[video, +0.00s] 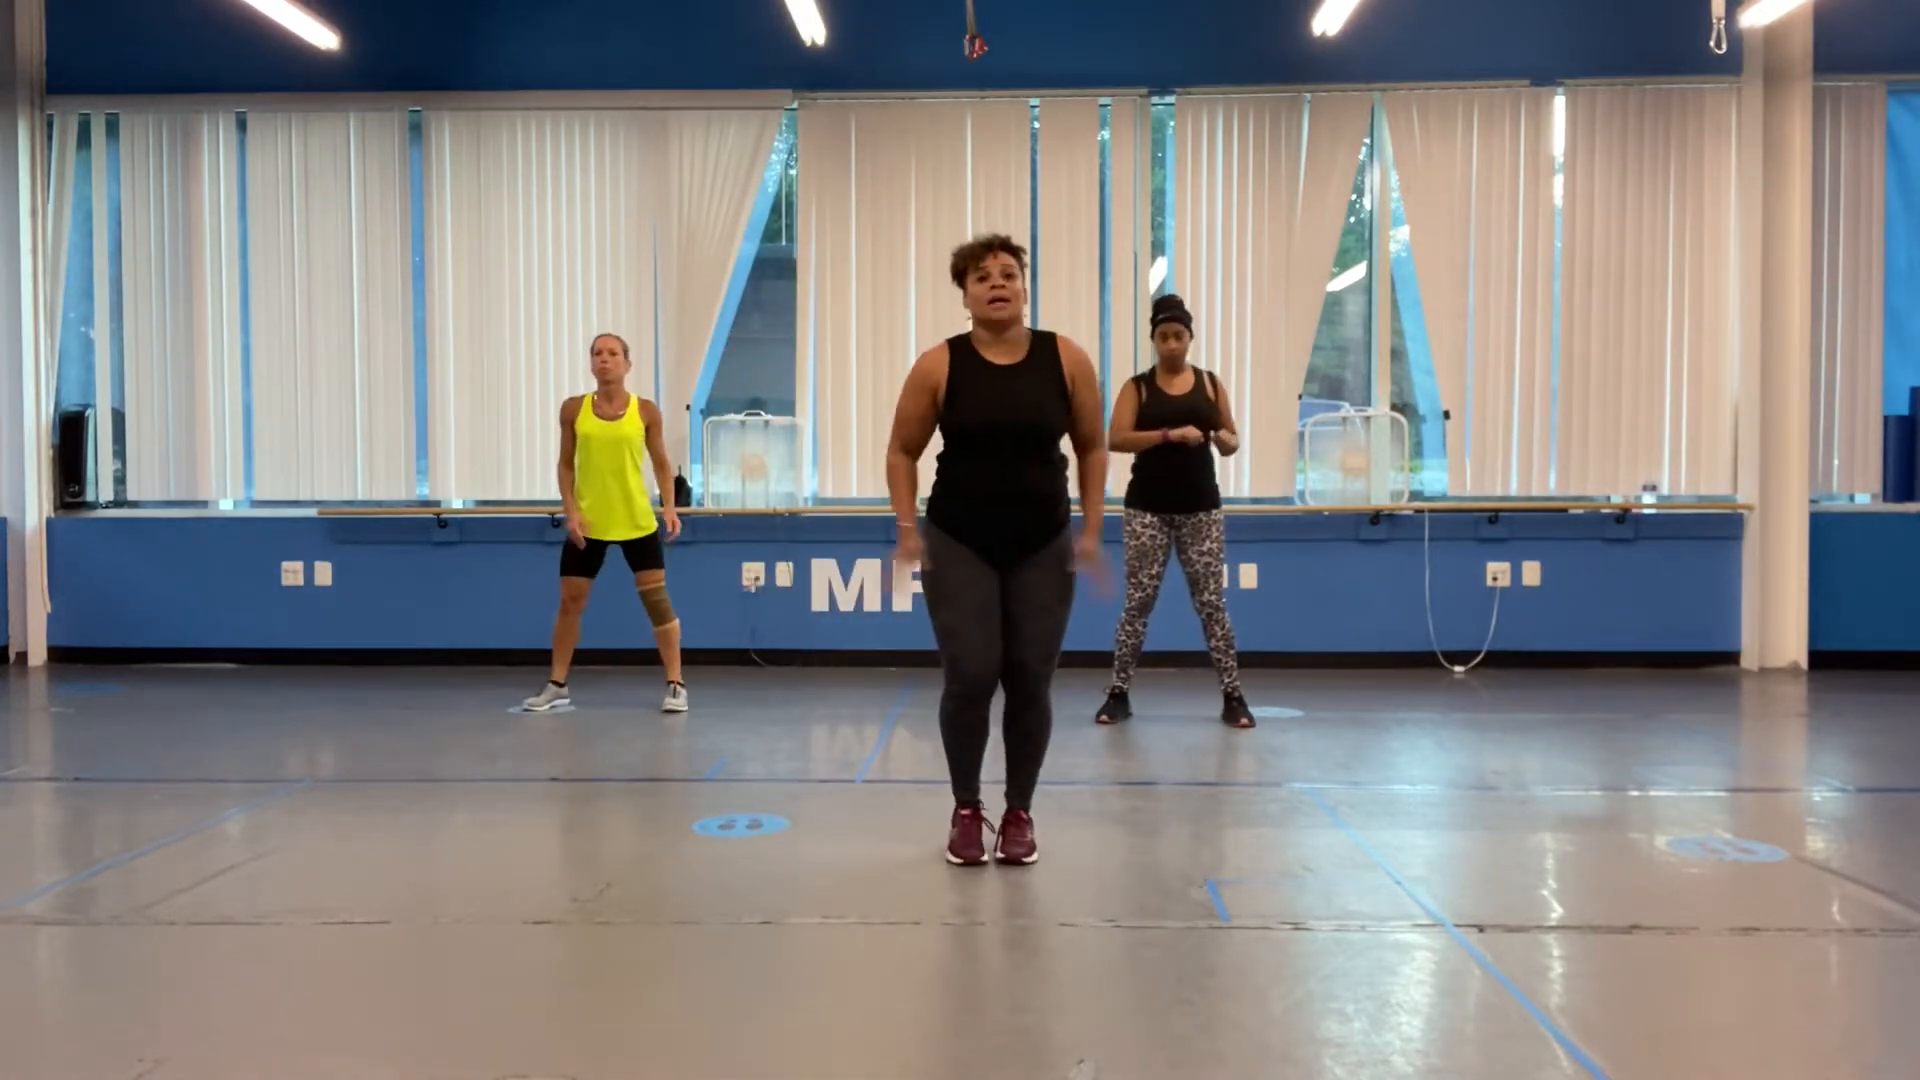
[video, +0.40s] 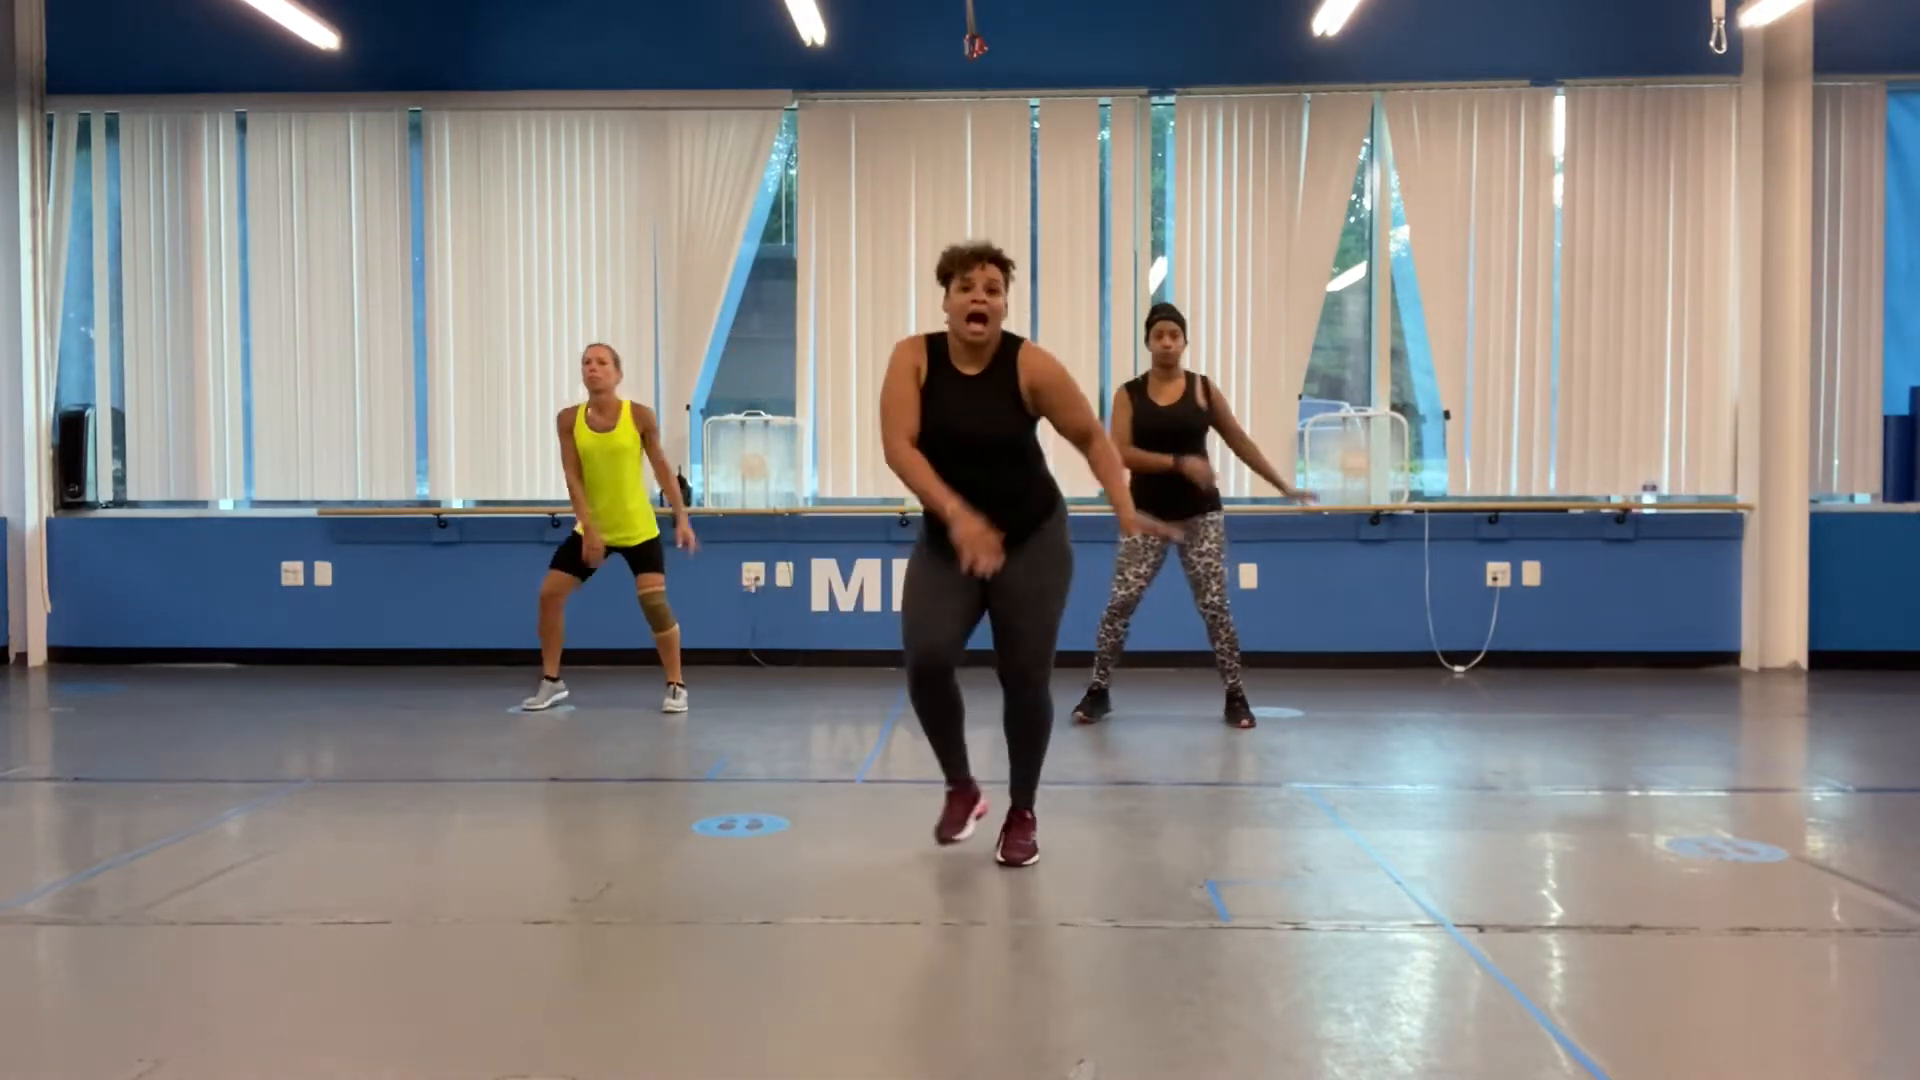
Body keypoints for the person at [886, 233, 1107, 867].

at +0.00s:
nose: (999, 285)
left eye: (1009, 276)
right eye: (984, 279)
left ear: (1025, 287)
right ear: (965, 295)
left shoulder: (1066, 360)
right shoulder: (938, 367)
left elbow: (1091, 447)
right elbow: (903, 451)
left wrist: (1091, 527)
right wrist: (908, 524)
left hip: (1044, 540)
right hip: (958, 540)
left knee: (1029, 679)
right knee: (971, 674)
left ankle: (1018, 815)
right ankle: (967, 809)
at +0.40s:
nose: (980, 301)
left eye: (992, 290)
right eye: (967, 288)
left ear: (1006, 302)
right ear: (945, 298)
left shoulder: (1034, 367)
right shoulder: (913, 359)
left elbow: (1091, 437)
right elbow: (898, 447)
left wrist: (1125, 508)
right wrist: (958, 514)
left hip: (1032, 534)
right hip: (948, 533)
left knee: (1025, 677)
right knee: (925, 661)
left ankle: (1022, 812)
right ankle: (961, 787)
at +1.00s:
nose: (976, 333)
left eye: (987, 321)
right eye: (963, 323)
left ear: (1007, 328)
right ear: (946, 335)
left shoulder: (1036, 372)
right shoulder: (925, 385)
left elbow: (1076, 450)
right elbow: (849, 410)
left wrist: (987, 458)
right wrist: (794, 426)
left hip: (1020, 539)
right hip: (938, 534)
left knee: (1039, 672)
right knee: (931, 649)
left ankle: (1048, 805)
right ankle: (899, 772)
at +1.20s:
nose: (965, 332)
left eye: (976, 321)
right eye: (952, 322)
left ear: (993, 327)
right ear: (933, 331)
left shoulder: (1031, 390)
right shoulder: (911, 406)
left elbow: (1083, 461)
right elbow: (907, 498)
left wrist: (1058, 506)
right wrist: (855, 520)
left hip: (1022, 554)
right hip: (940, 558)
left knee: (1047, 675)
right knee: (922, 668)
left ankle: (1051, 805)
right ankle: (933, 790)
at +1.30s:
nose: (966, 325)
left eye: (970, 315)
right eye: (951, 316)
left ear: (976, 320)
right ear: (914, 327)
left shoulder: (1005, 378)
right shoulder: (888, 399)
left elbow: (1081, 421)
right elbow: (884, 482)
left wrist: (1082, 464)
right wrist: (891, 502)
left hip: (1012, 544)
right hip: (930, 548)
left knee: (1037, 670)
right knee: (879, 652)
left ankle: (1052, 804)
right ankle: (897, 775)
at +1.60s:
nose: (904, 317)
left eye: (905, 307)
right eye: (890, 308)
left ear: (907, 311)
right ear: (849, 316)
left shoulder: (928, 371)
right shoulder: (814, 381)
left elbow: (998, 408)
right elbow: (810, 464)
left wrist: (1031, 429)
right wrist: (863, 470)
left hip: (929, 539)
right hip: (851, 547)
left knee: (938, 658)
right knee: (823, 671)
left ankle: (952, 790)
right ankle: (850, 798)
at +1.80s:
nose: (863, 316)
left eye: (864, 305)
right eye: (849, 306)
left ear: (864, 311)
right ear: (808, 313)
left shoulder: (882, 368)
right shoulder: (770, 364)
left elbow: (954, 394)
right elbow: (748, 432)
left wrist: (999, 405)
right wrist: (826, 410)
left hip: (889, 532)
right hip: (810, 540)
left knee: (914, 661)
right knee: (759, 651)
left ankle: (953, 793)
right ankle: (757, 781)